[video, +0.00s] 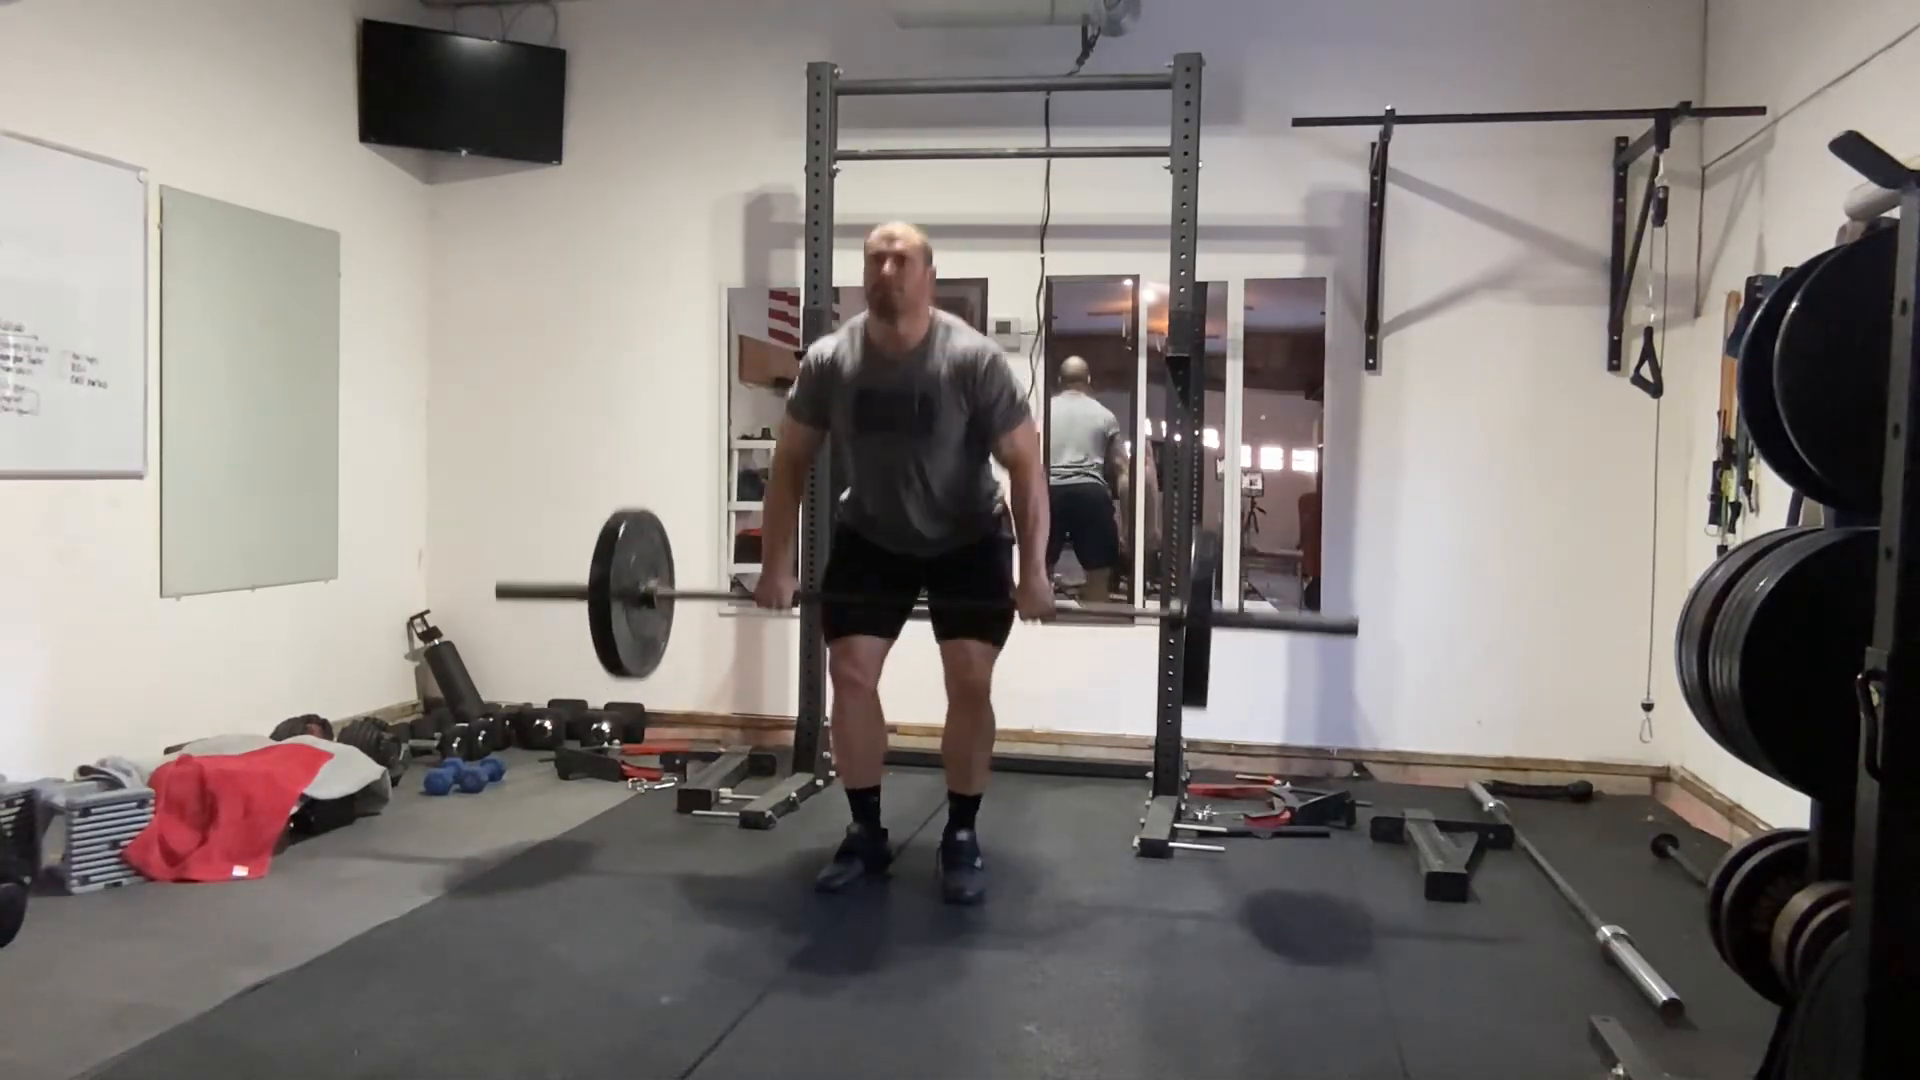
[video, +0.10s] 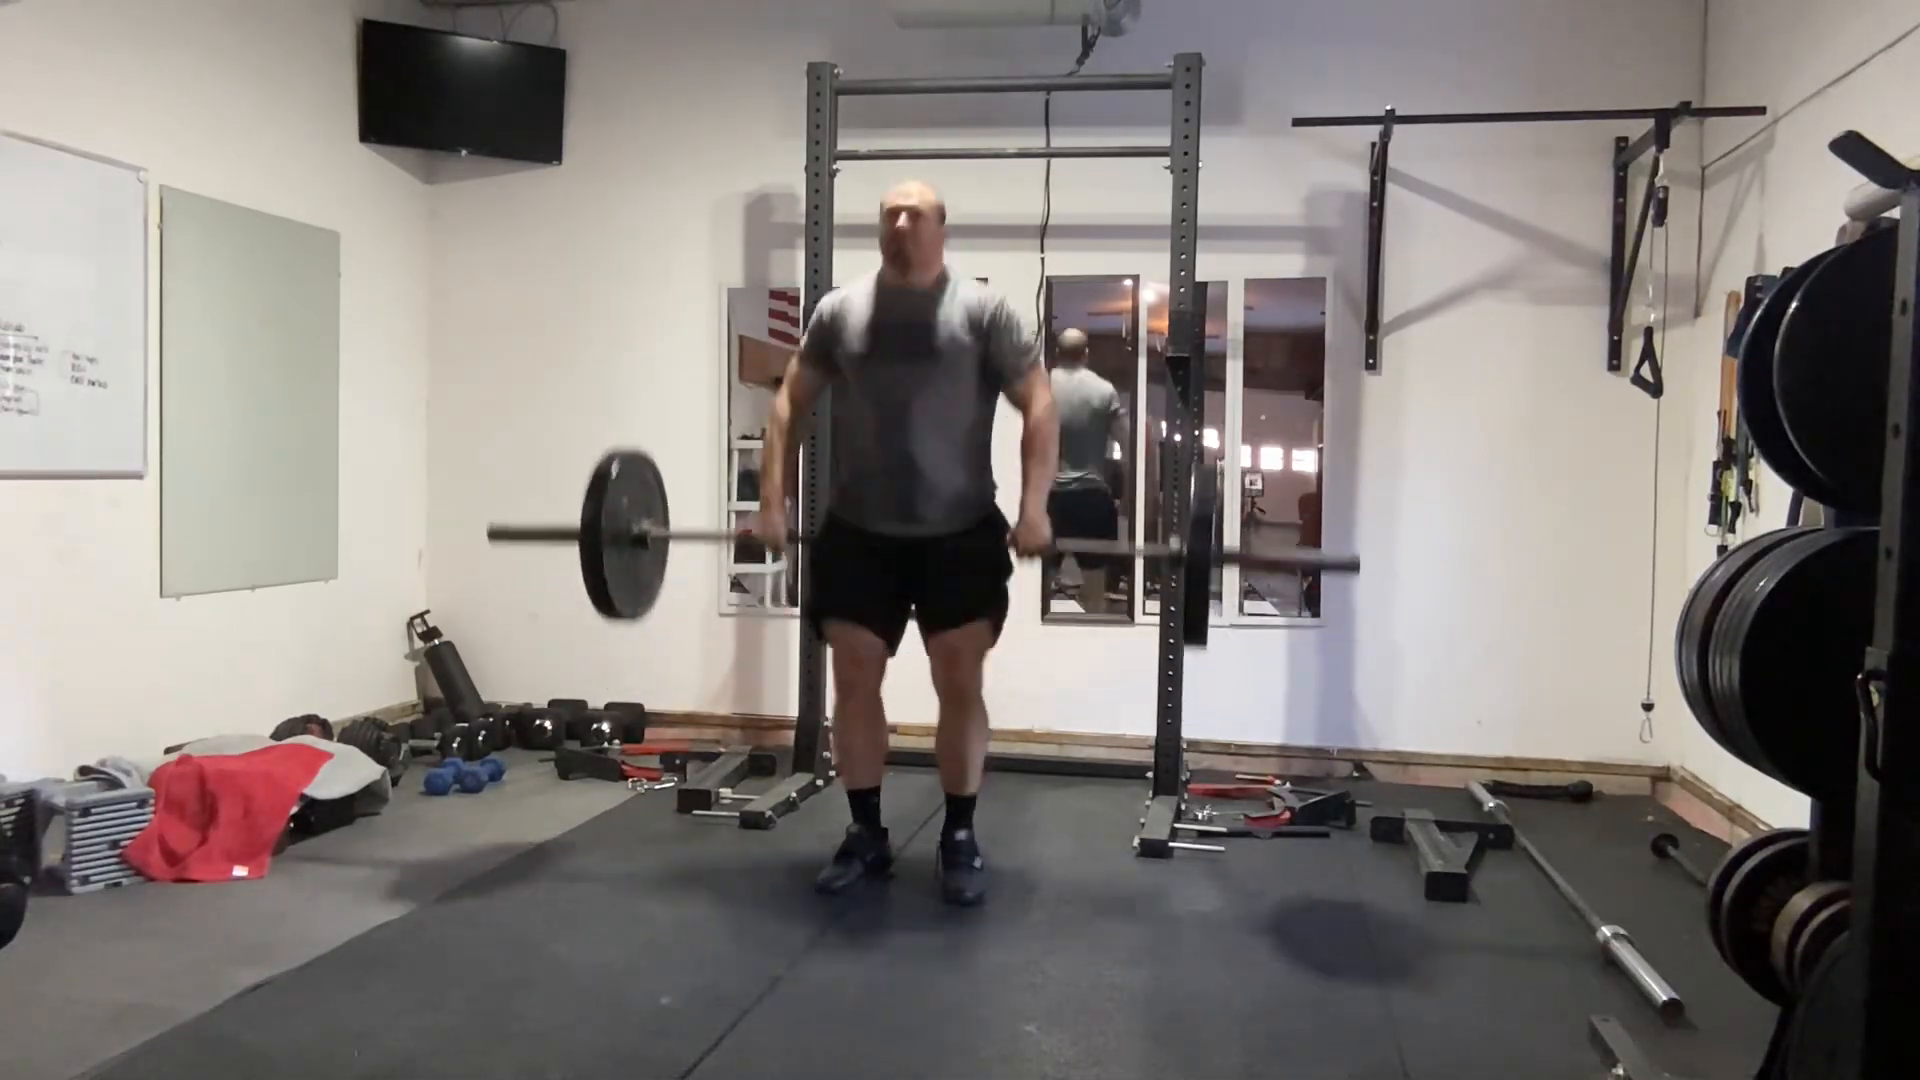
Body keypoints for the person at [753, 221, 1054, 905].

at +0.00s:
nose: (887, 270)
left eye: (901, 259)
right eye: (877, 259)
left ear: (929, 274)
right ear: (862, 275)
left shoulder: (976, 360)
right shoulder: (828, 362)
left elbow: (1027, 467)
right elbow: (790, 463)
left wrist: (1034, 569)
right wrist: (774, 562)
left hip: (966, 538)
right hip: (872, 537)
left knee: (971, 679)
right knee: (849, 671)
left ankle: (962, 837)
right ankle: (865, 838)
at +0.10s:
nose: (899, 223)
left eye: (914, 213)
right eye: (890, 213)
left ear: (943, 231)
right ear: (877, 231)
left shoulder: (984, 312)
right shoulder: (840, 312)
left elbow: (1039, 405)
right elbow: (790, 400)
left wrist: (1034, 507)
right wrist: (772, 502)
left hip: (958, 534)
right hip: (858, 532)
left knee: (960, 683)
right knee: (853, 680)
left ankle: (959, 839)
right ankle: (865, 837)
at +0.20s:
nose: (915, 211)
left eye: (930, 204)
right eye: (904, 203)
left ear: (954, 224)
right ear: (889, 221)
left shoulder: (989, 288)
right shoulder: (851, 289)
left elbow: (1051, 361)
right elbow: (791, 362)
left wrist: (1037, 425)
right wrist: (770, 418)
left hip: (954, 486)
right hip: (862, 483)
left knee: (950, 647)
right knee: (857, 648)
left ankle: (962, 827)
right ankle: (853, 822)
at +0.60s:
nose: (902, 224)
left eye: (918, 216)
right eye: (893, 216)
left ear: (949, 238)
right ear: (881, 238)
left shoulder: (970, 316)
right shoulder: (846, 313)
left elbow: (998, 368)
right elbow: (792, 344)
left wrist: (1019, 301)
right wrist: (784, 282)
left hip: (946, 527)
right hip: (854, 526)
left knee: (948, 683)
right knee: (861, 683)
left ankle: (960, 840)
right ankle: (867, 836)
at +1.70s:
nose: (920, 204)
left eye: (936, 201)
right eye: (910, 199)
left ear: (960, 229)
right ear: (893, 222)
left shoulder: (971, 285)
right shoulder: (852, 284)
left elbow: (1033, 283)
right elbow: (766, 283)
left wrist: (1037, 193)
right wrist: (769, 199)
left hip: (948, 498)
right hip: (857, 497)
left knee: (953, 671)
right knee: (863, 670)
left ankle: (964, 836)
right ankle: (863, 833)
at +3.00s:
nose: (908, 219)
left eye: (926, 214)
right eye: (900, 213)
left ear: (954, 244)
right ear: (885, 241)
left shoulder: (972, 317)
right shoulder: (848, 320)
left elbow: (1017, 378)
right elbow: (774, 389)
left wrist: (1034, 291)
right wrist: (769, 301)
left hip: (948, 527)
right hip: (856, 524)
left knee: (950, 688)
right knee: (846, 684)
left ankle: (959, 841)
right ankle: (867, 840)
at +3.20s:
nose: (864, 459)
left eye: (877, 447)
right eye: (853, 445)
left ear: (905, 429)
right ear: (837, 432)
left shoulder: (958, 467)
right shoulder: (810, 470)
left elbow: (1013, 574)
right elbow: (779, 573)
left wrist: (1023, 689)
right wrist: (762, 675)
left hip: (956, 554)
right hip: (862, 555)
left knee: (965, 682)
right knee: (839, 672)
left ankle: (946, 828)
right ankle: (856, 829)